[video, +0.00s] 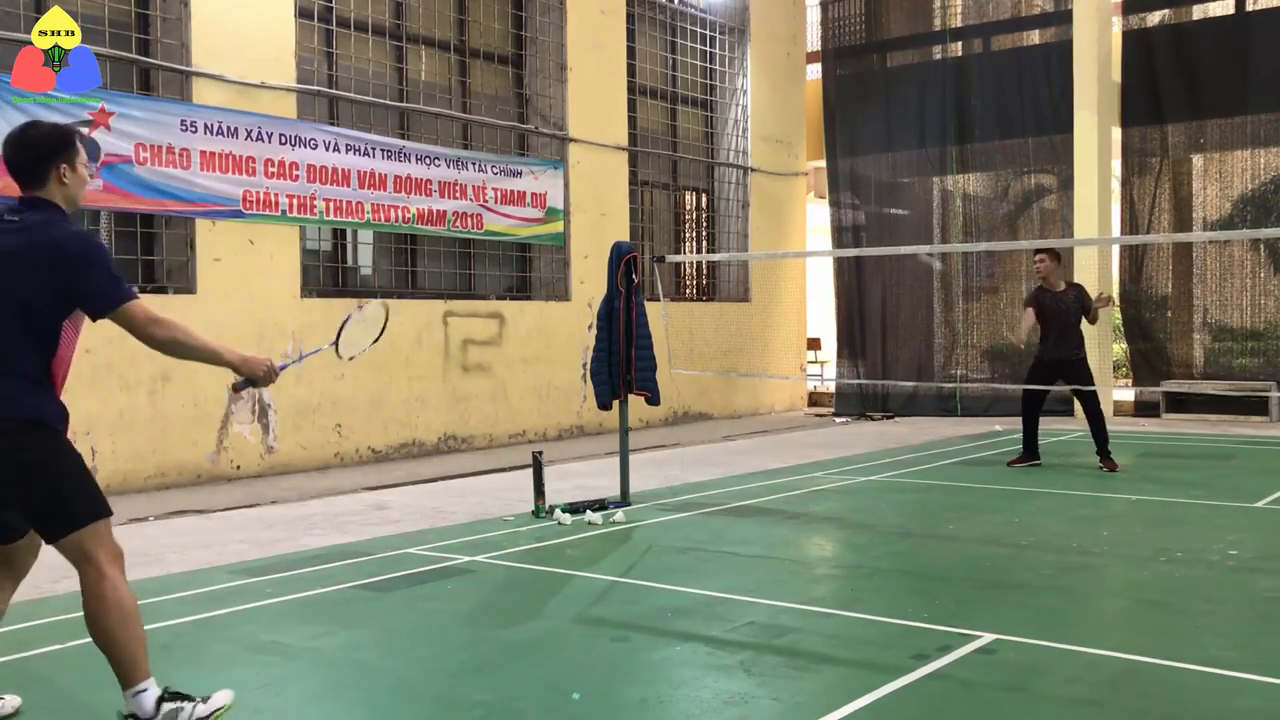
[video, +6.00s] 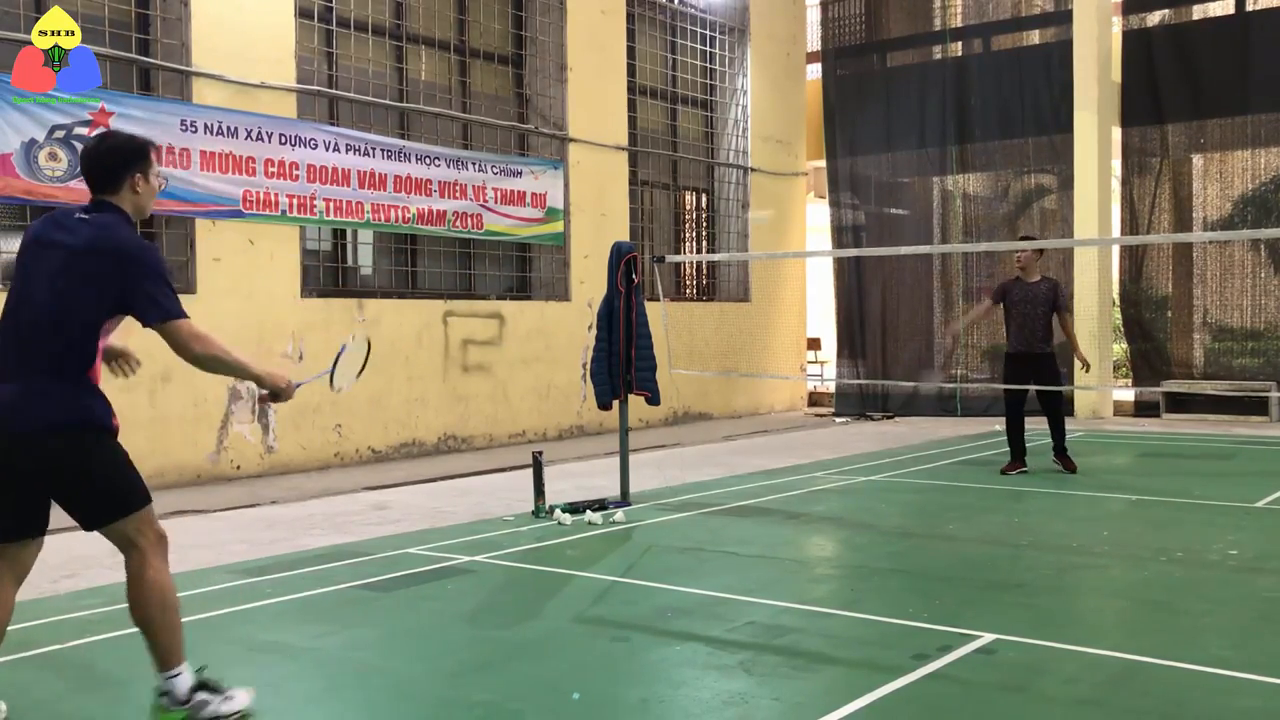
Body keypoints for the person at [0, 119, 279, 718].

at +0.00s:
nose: (89, 177)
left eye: (87, 164)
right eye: (84, 165)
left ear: (24, 176)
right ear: (63, 171)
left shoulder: (8, 226)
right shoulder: (69, 245)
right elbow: (154, 329)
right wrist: (236, 359)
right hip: (24, 425)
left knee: (17, 550)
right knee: (98, 557)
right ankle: (145, 699)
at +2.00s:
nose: (188, 185)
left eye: (186, 174)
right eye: (184, 175)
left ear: (126, 185)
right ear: (163, 182)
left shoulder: (82, 235)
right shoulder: (170, 260)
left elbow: (38, 301)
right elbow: (236, 348)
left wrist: (107, 318)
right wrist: (308, 366)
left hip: (42, 427)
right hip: (111, 430)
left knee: (66, 549)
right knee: (210, 532)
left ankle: (8, 689)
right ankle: (219, 683)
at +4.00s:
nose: (178, 193)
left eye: (176, 181)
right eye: (174, 182)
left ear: (111, 184)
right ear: (154, 187)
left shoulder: (52, 224)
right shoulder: (148, 254)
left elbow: (7, 290)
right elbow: (191, 365)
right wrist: (244, 391)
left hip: (6, 423)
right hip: (63, 431)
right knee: (136, 567)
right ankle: (182, 702)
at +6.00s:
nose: (159, 186)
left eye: (156, 175)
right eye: (155, 175)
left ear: (94, 183)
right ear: (135, 181)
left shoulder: (46, 227)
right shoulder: (131, 250)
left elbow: (25, 310)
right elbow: (191, 344)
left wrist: (95, 343)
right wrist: (265, 377)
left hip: (9, 421)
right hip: (70, 425)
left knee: (12, 561)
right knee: (145, 543)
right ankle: (177, 683)